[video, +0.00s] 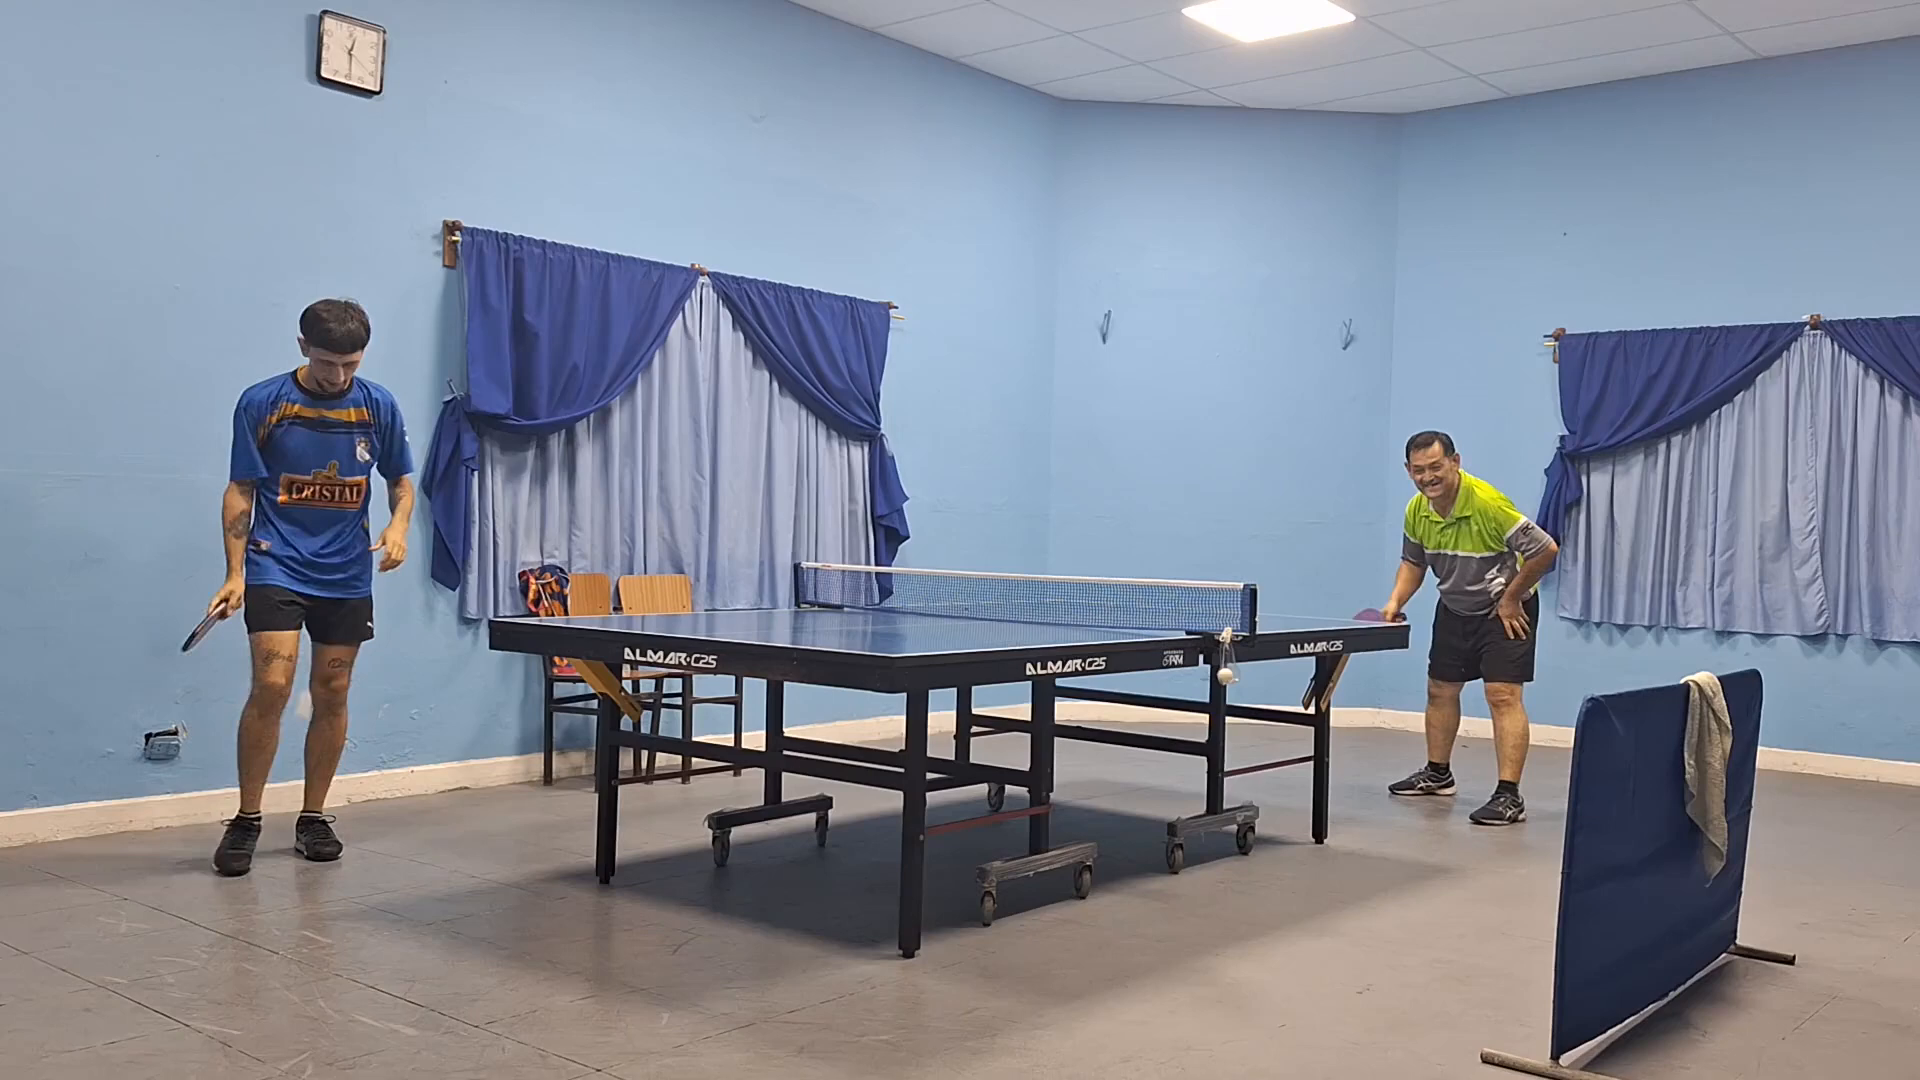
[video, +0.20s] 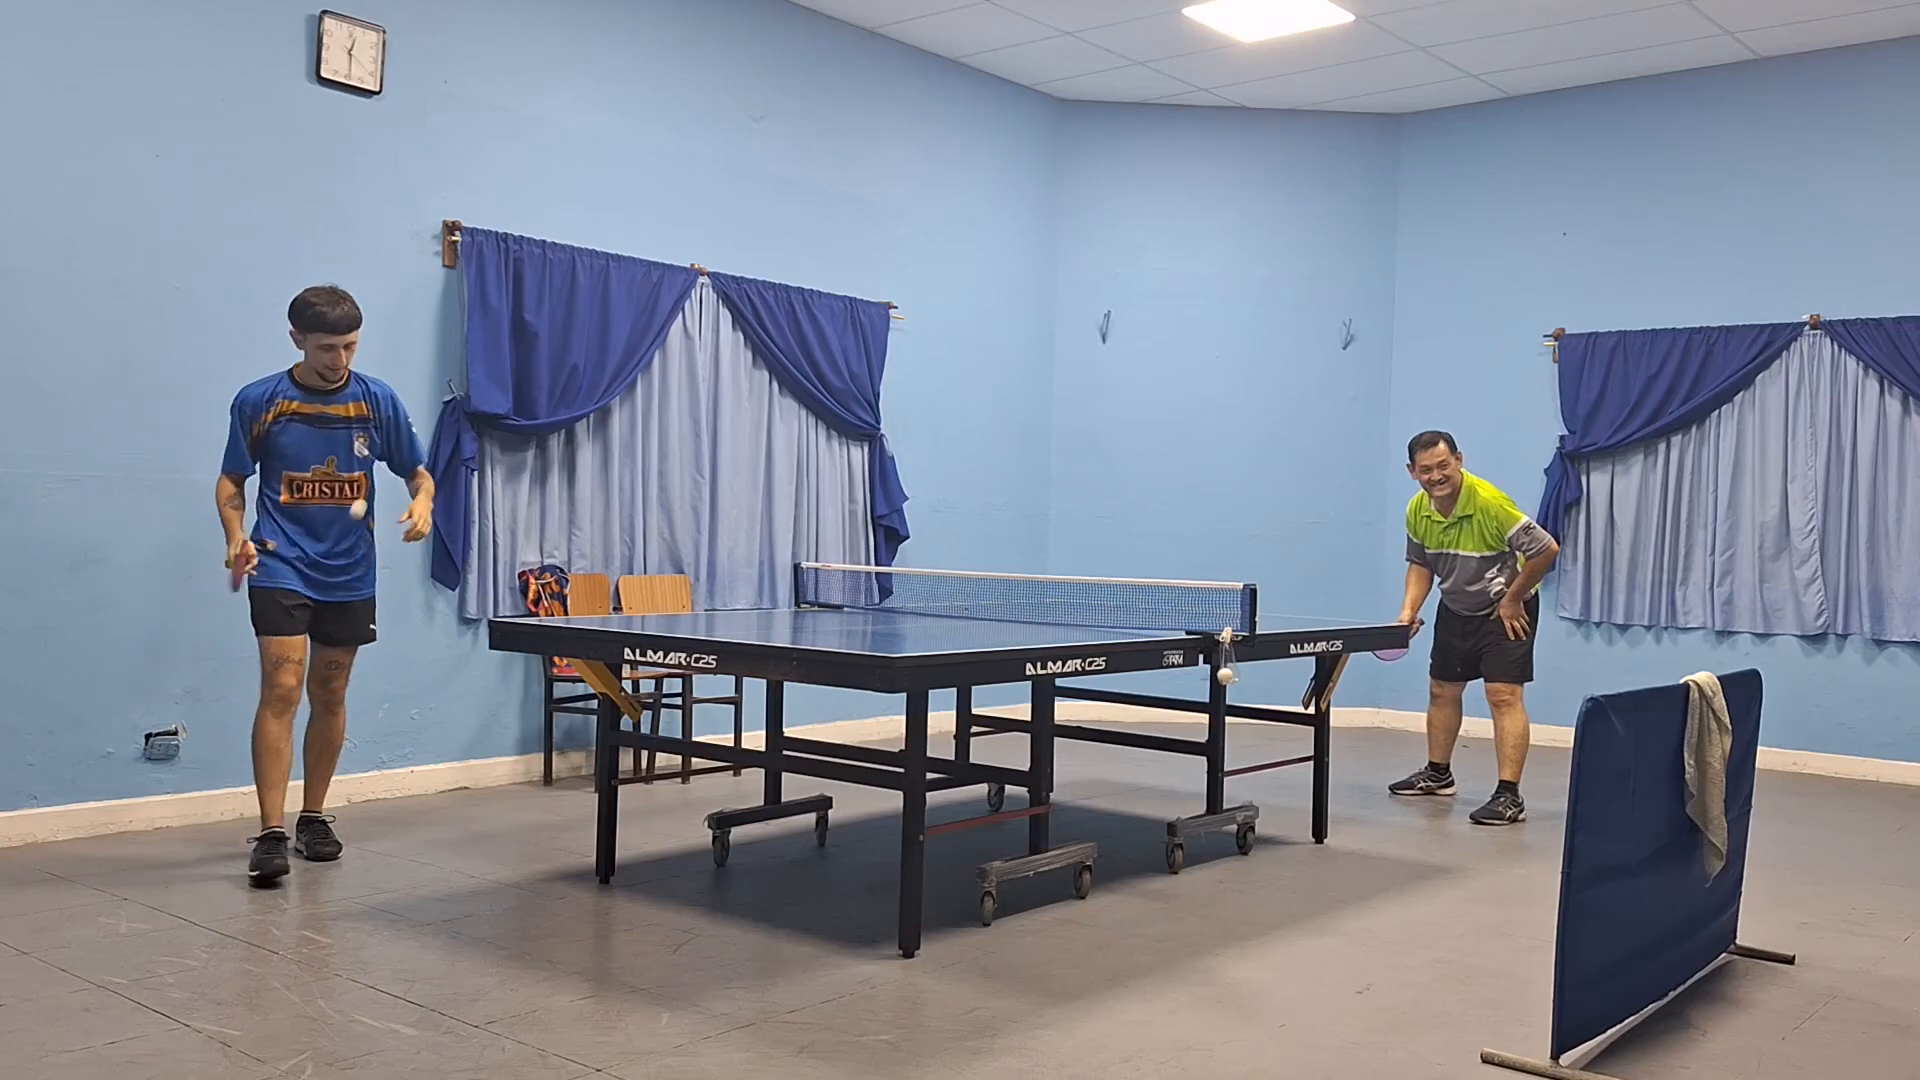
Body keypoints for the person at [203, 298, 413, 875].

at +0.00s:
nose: (339, 377)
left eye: (350, 365)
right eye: (327, 364)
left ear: (363, 356)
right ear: (303, 347)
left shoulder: (379, 407)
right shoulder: (261, 404)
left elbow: (401, 479)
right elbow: (240, 490)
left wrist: (399, 524)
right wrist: (235, 573)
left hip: (345, 569)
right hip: (275, 564)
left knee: (333, 690)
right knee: (273, 683)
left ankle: (314, 818)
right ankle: (247, 820)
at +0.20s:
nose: (339, 361)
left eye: (348, 348)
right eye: (326, 349)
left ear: (357, 340)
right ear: (297, 339)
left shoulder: (377, 402)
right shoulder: (256, 404)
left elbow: (418, 471)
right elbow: (232, 480)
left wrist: (423, 502)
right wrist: (236, 535)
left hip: (349, 570)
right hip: (281, 566)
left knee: (331, 692)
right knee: (283, 688)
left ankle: (315, 819)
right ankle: (273, 834)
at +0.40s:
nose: (337, 349)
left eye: (343, 338)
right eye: (325, 340)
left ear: (348, 331)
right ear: (288, 334)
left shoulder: (365, 392)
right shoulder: (249, 403)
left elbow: (399, 462)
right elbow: (216, 490)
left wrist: (421, 484)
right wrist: (252, 541)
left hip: (351, 569)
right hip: (282, 568)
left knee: (352, 696)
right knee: (287, 691)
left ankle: (320, 809)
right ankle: (275, 839)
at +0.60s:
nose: (336, 332)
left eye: (341, 320)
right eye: (322, 323)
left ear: (346, 321)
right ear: (286, 327)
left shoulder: (361, 390)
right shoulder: (251, 398)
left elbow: (365, 470)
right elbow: (211, 489)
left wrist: (410, 496)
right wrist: (266, 531)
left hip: (357, 564)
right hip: (285, 574)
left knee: (394, 681)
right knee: (290, 697)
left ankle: (357, 795)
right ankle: (277, 841)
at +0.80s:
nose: (348, 320)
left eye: (353, 309)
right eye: (334, 310)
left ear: (359, 314)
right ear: (298, 316)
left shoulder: (372, 388)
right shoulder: (263, 393)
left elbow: (388, 468)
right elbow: (218, 487)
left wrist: (421, 503)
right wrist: (293, 508)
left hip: (367, 566)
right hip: (294, 574)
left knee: (398, 686)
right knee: (293, 700)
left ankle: (428, 826)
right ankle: (277, 842)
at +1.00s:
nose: (394, 330)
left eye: (397, 320)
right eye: (381, 320)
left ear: (397, 326)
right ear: (340, 325)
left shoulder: (409, 396)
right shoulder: (298, 399)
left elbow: (447, 471)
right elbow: (258, 496)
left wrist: (483, 523)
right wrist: (336, 500)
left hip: (389, 570)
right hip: (314, 577)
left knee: (421, 687)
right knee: (307, 704)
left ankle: (463, 828)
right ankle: (278, 844)